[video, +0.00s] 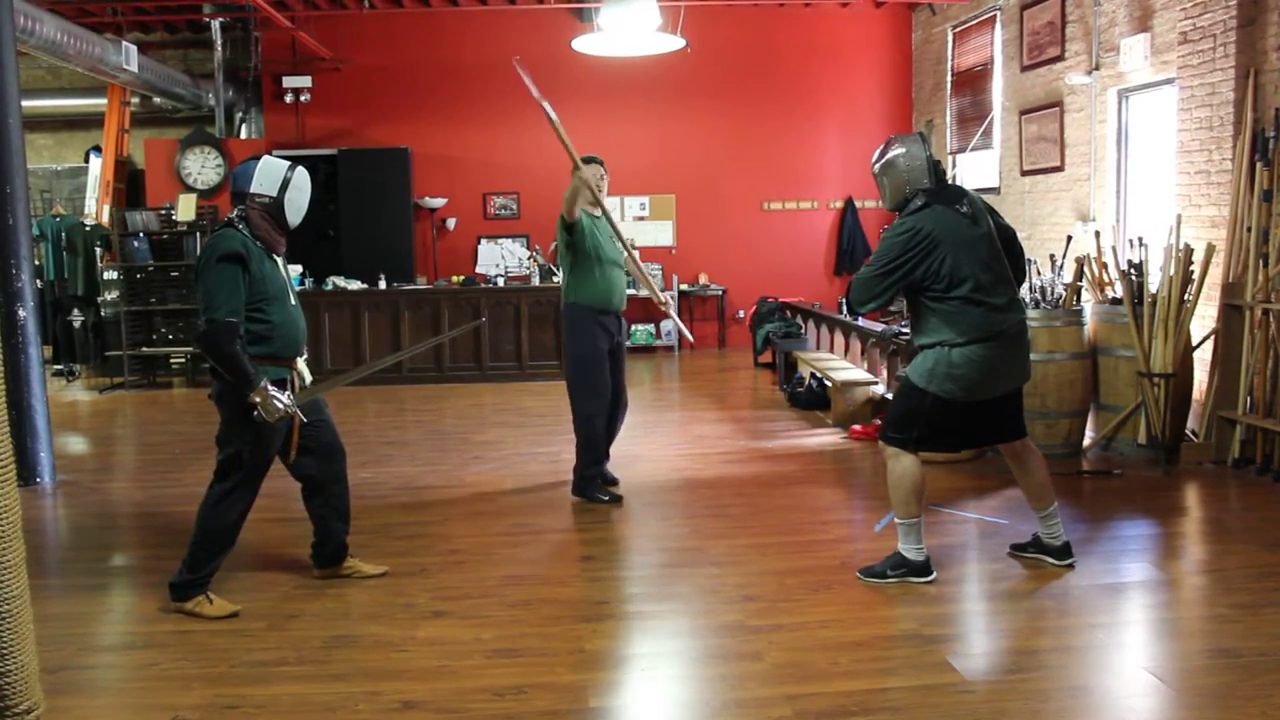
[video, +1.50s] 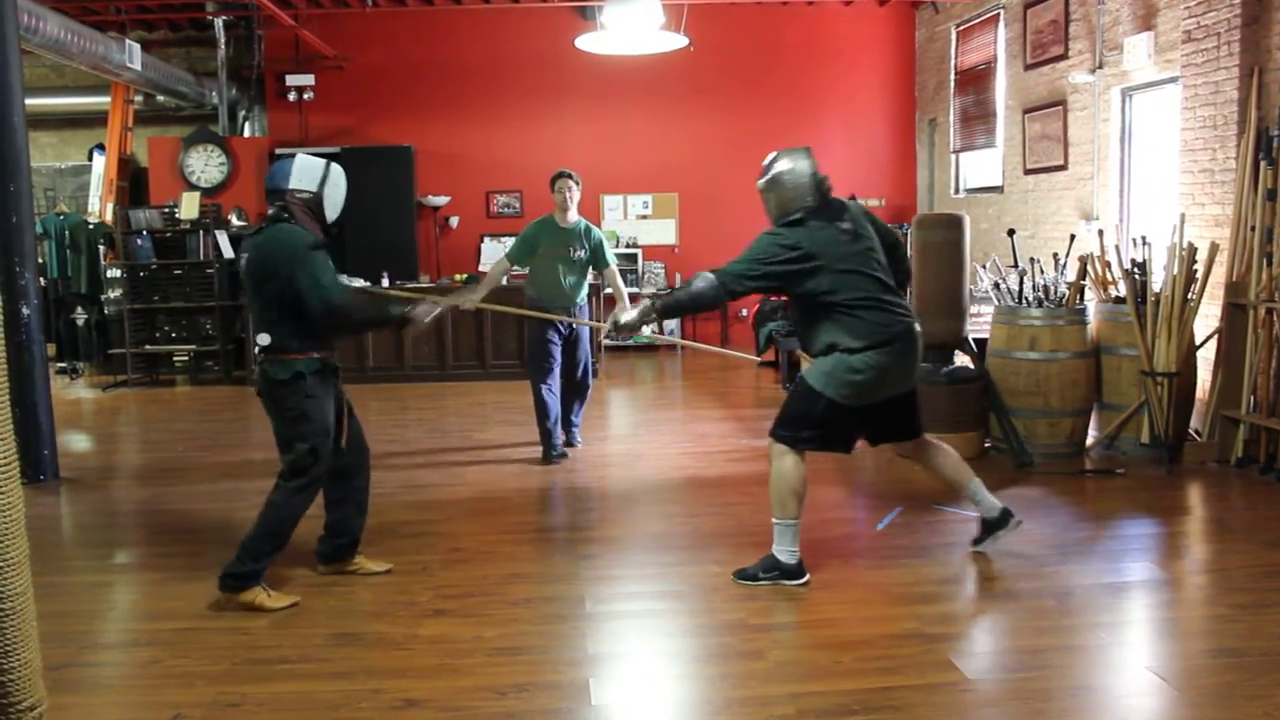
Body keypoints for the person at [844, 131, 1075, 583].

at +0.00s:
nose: (882, 193)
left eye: (883, 182)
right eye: (881, 183)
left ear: (901, 178)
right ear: (928, 171)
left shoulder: (911, 228)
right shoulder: (976, 206)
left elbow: (859, 296)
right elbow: (1017, 262)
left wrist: (889, 276)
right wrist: (990, 300)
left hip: (954, 355)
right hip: (1008, 348)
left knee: (898, 440)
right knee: (1015, 441)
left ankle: (912, 556)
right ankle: (1054, 540)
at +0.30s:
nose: (878, 191)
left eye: (880, 180)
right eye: (877, 180)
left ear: (897, 177)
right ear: (925, 170)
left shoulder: (907, 226)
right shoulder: (971, 205)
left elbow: (855, 295)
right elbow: (1012, 258)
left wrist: (886, 273)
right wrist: (989, 295)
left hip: (949, 355)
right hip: (1004, 347)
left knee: (896, 442)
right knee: (1011, 441)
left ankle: (912, 556)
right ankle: (1053, 538)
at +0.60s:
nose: (876, 182)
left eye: (877, 172)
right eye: (874, 173)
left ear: (893, 171)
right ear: (924, 164)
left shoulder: (906, 220)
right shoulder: (968, 201)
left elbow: (853, 289)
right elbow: (1009, 250)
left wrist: (893, 265)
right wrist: (995, 296)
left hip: (945, 348)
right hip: (998, 340)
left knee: (897, 441)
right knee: (982, 437)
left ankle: (912, 554)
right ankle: (1022, 538)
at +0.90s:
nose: (880, 184)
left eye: (883, 173)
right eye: (880, 174)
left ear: (899, 173)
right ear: (928, 167)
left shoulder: (911, 222)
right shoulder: (972, 204)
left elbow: (858, 291)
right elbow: (1010, 251)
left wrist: (895, 267)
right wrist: (994, 299)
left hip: (945, 353)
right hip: (997, 348)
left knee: (883, 433)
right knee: (980, 439)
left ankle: (907, 544)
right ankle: (1022, 538)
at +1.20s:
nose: (841, 192)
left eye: (843, 183)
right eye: (841, 182)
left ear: (857, 184)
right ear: (891, 178)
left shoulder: (867, 231)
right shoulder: (934, 214)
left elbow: (812, 289)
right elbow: (970, 270)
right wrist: (942, 299)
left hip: (902, 360)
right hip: (958, 355)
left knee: (838, 437)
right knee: (971, 446)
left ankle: (809, 551)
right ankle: (1024, 538)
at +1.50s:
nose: (761, 195)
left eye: (766, 186)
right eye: (764, 186)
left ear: (783, 191)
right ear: (814, 185)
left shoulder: (786, 240)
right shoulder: (855, 213)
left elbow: (720, 286)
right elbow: (899, 257)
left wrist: (650, 309)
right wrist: (885, 308)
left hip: (854, 354)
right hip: (899, 344)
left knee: (786, 440)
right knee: (909, 441)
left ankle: (785, 558)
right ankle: (993, 510)